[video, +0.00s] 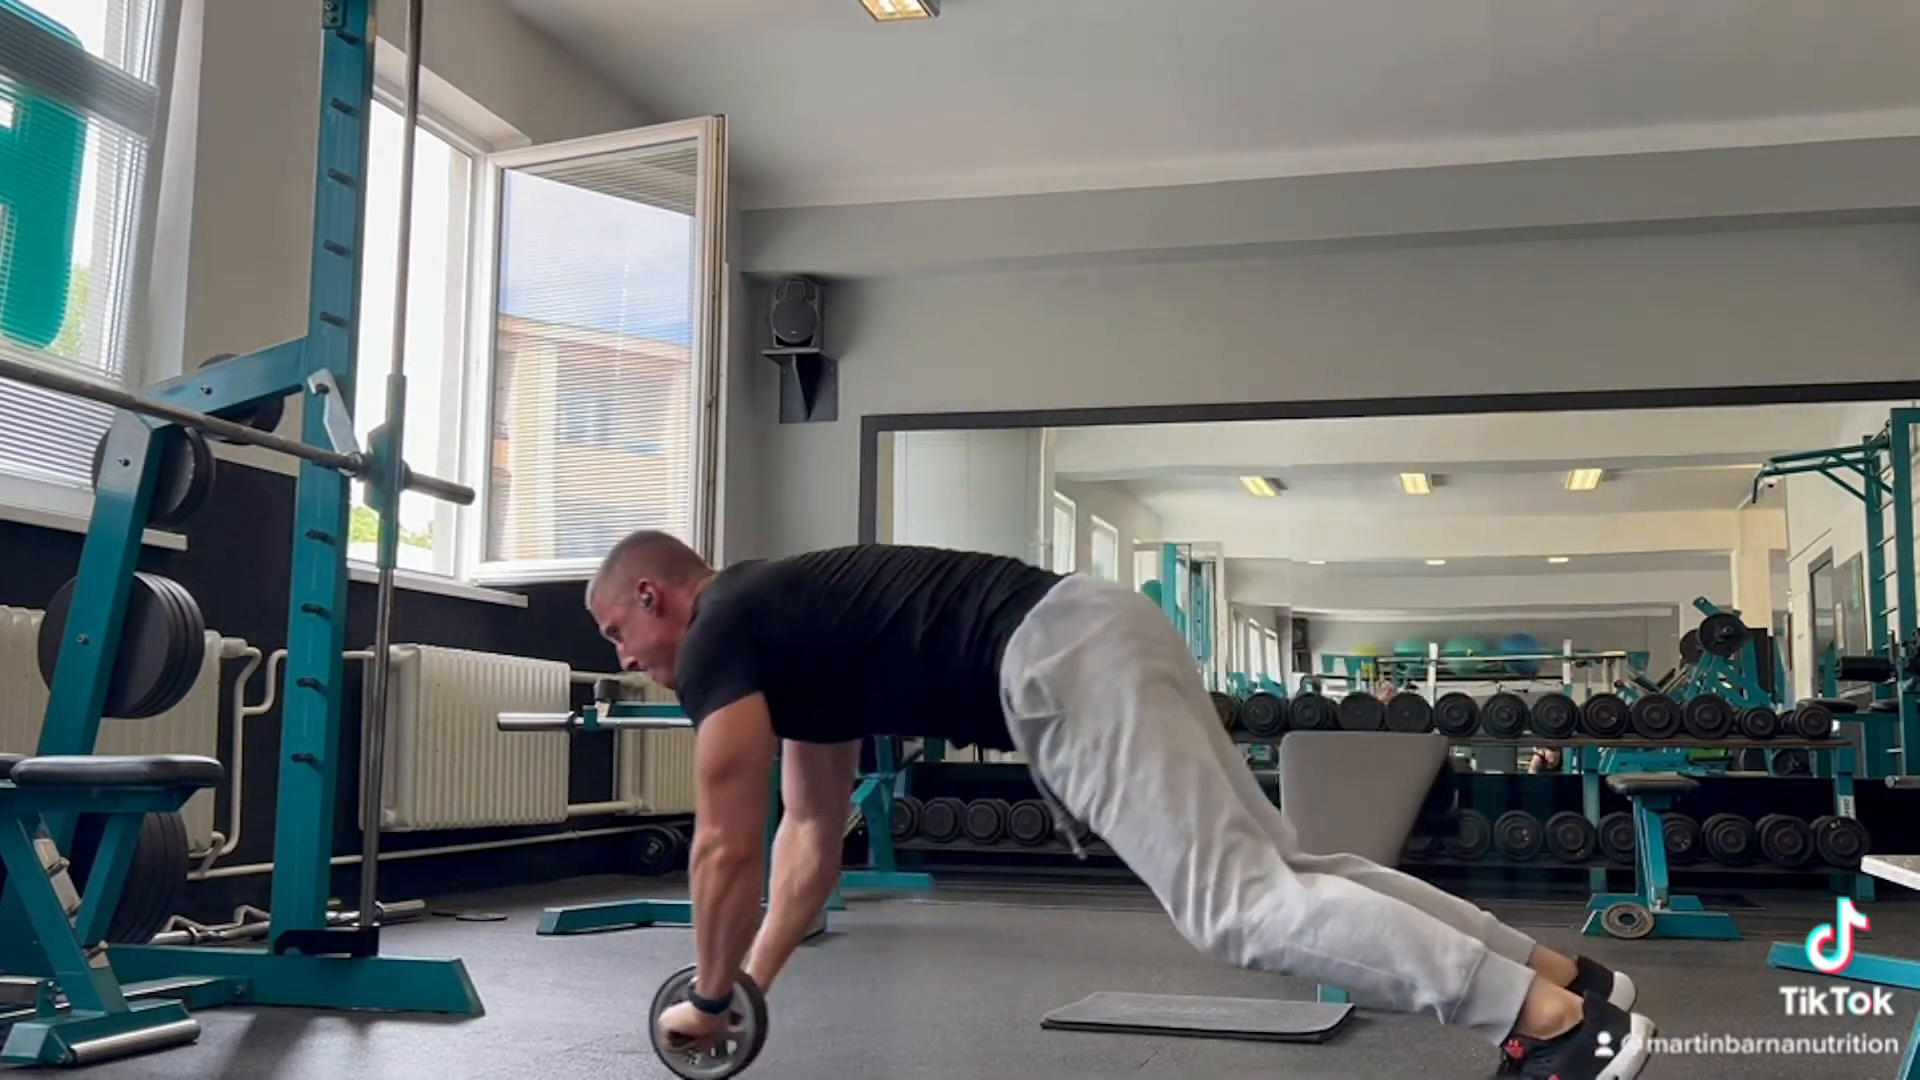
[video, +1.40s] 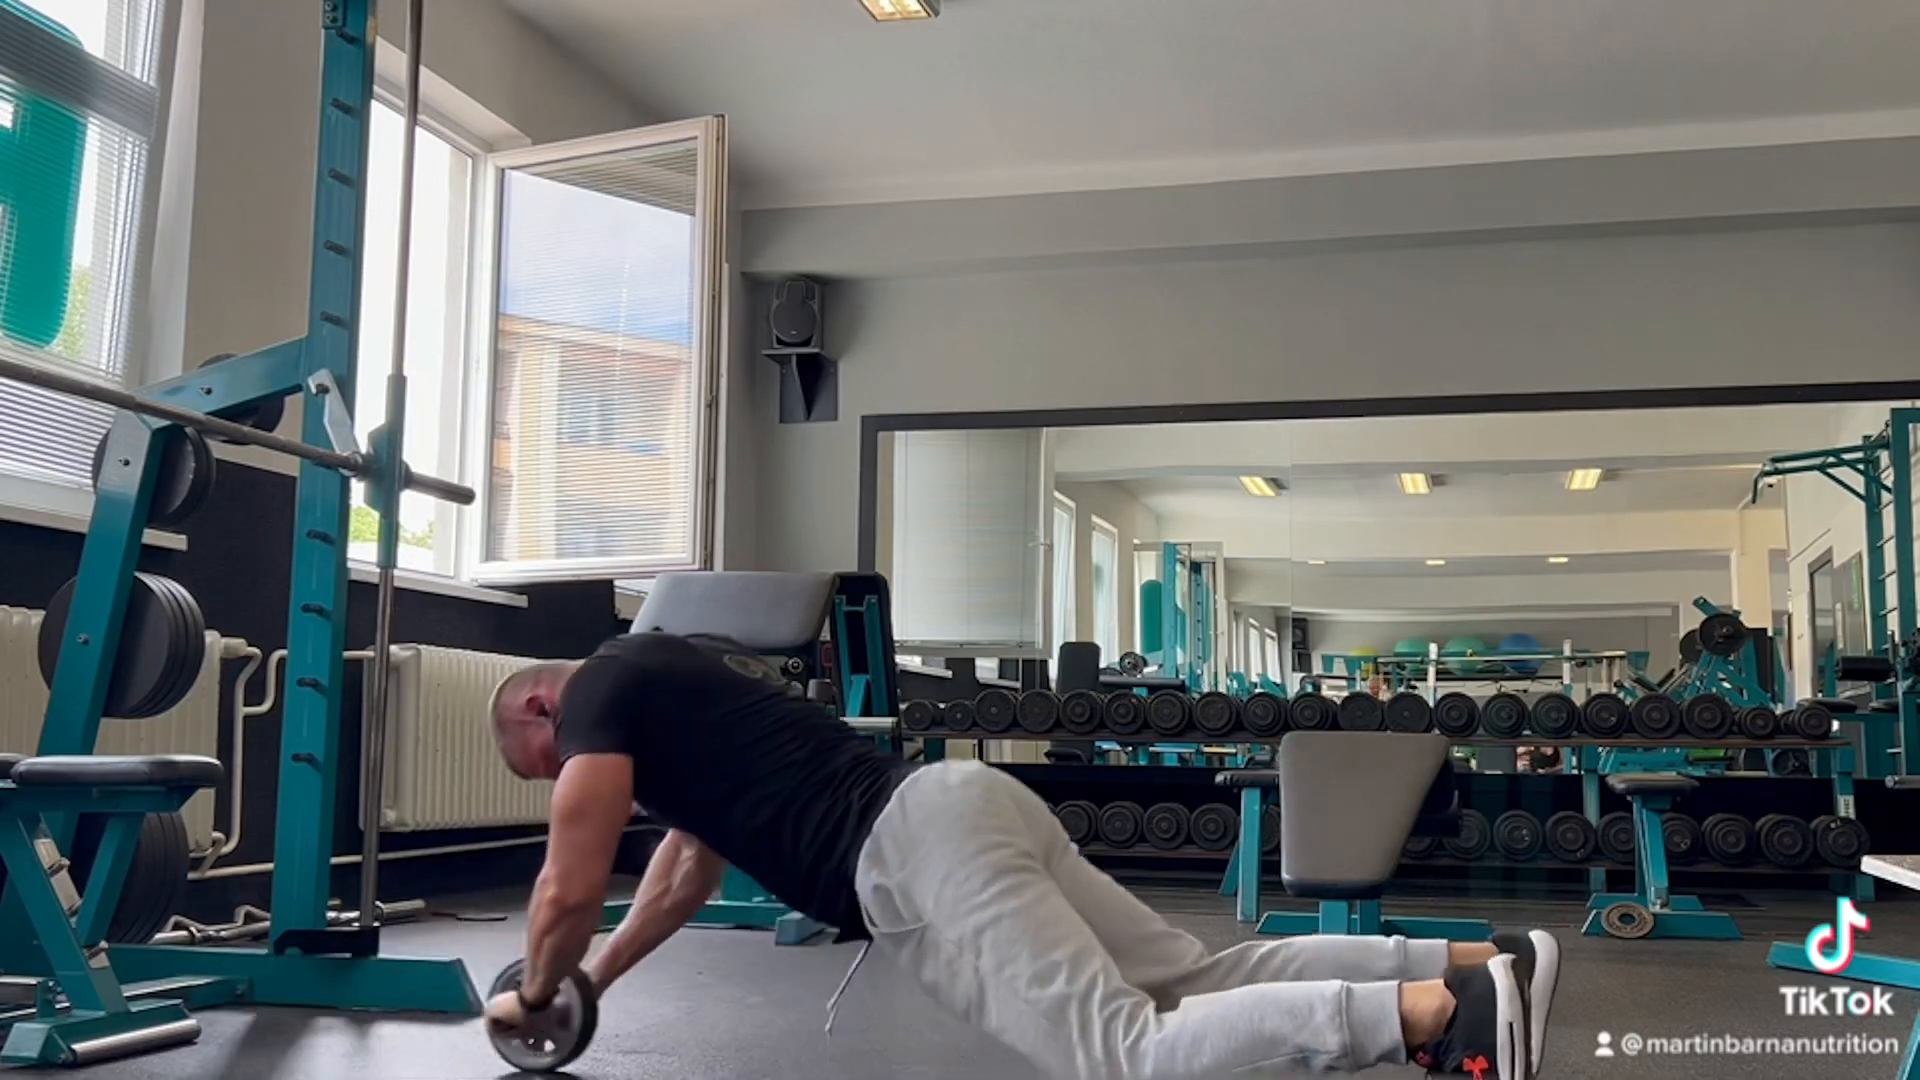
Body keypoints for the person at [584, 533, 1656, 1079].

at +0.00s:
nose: (627, 661)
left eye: (620, 638)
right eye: (617, 644)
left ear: (656, 599)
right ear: (689, 585)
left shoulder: (729, 629)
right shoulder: (800, 631)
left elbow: (729, 844)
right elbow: (811, 842)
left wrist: (711, 992)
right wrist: (749, 980)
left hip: (1060, 651)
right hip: (1094, 632)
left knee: (1237, 906)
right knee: (1268, 873)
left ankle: (1543, 1004)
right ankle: (1552, 980)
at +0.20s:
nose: (536, 713)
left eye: (525, 688)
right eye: (525, 698)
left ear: (552, 636)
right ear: (585, 626)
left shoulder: (615, 661)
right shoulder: (688, 667)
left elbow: (580, 876)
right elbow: (677, 873)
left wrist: (539, 1002)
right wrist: (580, 991)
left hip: (931, 780)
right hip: (972, 746)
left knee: (1151, 979)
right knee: (1190, 918)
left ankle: (1464, 1001)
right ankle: (1477, 964)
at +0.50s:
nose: (478, 875)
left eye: (468, 855)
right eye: (470, 865)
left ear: (487, 799)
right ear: (528, 785)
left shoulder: (539, 809)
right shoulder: (625, 786)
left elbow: (438, 983)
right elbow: (567, 962)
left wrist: (368, 1007)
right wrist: (454, 988)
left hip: (883, 923)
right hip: (928, 861)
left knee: (1122, 1053)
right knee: (1167, 985)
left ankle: (1436, 1026)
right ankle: (1462, 977)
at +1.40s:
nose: (543, 775)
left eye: (525, 753)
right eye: (532, 765)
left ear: (530, 701)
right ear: (564, 693)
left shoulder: (605, 685)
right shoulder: (678, 690)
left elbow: (563, 890)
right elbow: (682, 878)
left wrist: (539, 990)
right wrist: (587, 981)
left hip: (915, 837)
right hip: (963, 796)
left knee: (1122, 1043)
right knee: (1188, 974)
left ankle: (1441, 1011)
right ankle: (1467, 972)